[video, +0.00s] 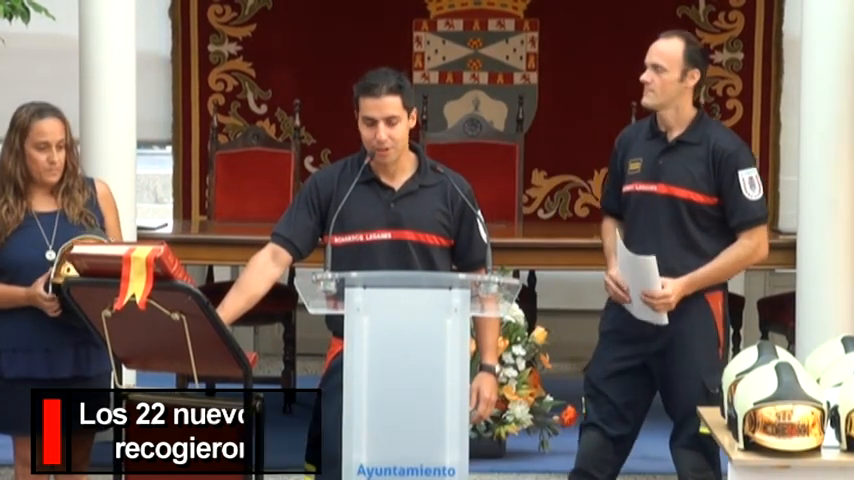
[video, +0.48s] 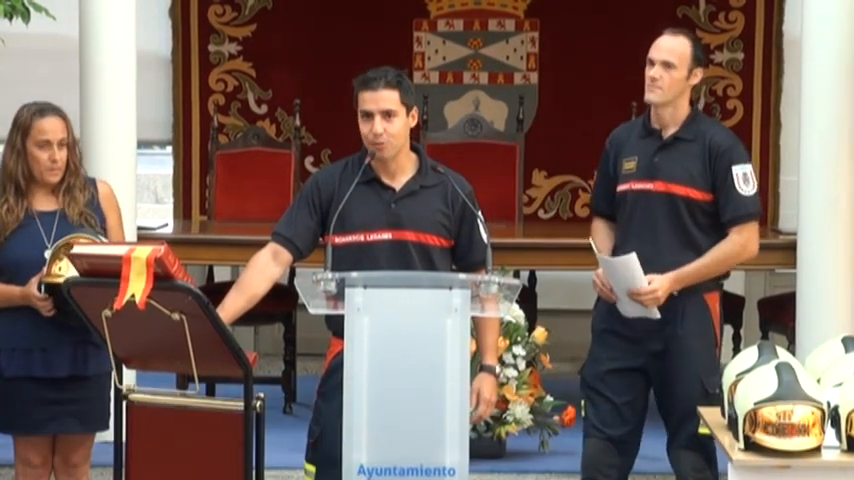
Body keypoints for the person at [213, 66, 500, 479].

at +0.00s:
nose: (380, 135)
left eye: (391, 122)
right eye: (370, 123)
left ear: (412, 120)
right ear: (357, 123)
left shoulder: (452, 191)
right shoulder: (330, 185)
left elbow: (482, 283)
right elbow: (273, 257)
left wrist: (488, 367)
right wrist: (214, 325)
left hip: (432, 357)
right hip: (353, 356)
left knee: (431, 469)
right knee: (337, 467)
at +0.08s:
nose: (378, 132)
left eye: (389, 119)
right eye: (368, 120)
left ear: (412, 119)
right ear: (356, 121)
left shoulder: (452, 191)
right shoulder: (330, 185)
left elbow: (482, 283)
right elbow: (274, 257)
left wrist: (488, 367)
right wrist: (214, 325)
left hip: (432, 358)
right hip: (353, 357)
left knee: (429, 469)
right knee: (330, 466)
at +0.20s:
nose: (377, 131)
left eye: (388, 118)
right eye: (367, 119)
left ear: (413, 118)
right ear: (356, 121)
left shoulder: (453, 192)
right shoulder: (330, 185)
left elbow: (482, 284)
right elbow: (274, 257)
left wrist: (488, 367)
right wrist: (214, 325)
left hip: (431, 358)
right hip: (353, 357)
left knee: (429, 469)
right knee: (330, 466)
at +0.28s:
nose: (377, 130)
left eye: (388, 118)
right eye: (367, 118)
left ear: (413, 118)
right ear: (356, 121)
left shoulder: (453, 192)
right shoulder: (330, 185)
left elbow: (482, 284)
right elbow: (274, 257)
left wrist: (488, 367)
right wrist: (214, 325)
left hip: (431, 358)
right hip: (353, 358)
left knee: (429, 469)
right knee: (330, 466)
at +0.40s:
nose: (376, 129)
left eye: (388, 116)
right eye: (367, 117)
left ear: (413, 118)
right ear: (356, 120)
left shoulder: (452, 192)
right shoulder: (330, 185)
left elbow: (482, 284)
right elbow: (274, 257)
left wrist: (488, 367)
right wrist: (214, 325)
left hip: (432, 359)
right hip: (353, 358)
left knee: (429, 469)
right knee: (330, 466)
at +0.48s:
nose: (376, 128)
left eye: (388, 116)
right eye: (366, 117)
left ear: (413, 118)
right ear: (356, 120)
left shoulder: (453, 192)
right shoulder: (330, 185)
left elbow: (482, 284)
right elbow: (274, 257)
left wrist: (488, 367)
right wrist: (214, 325)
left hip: (431, 359)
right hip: (352, 358)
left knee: (429, 469)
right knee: (330, 466)